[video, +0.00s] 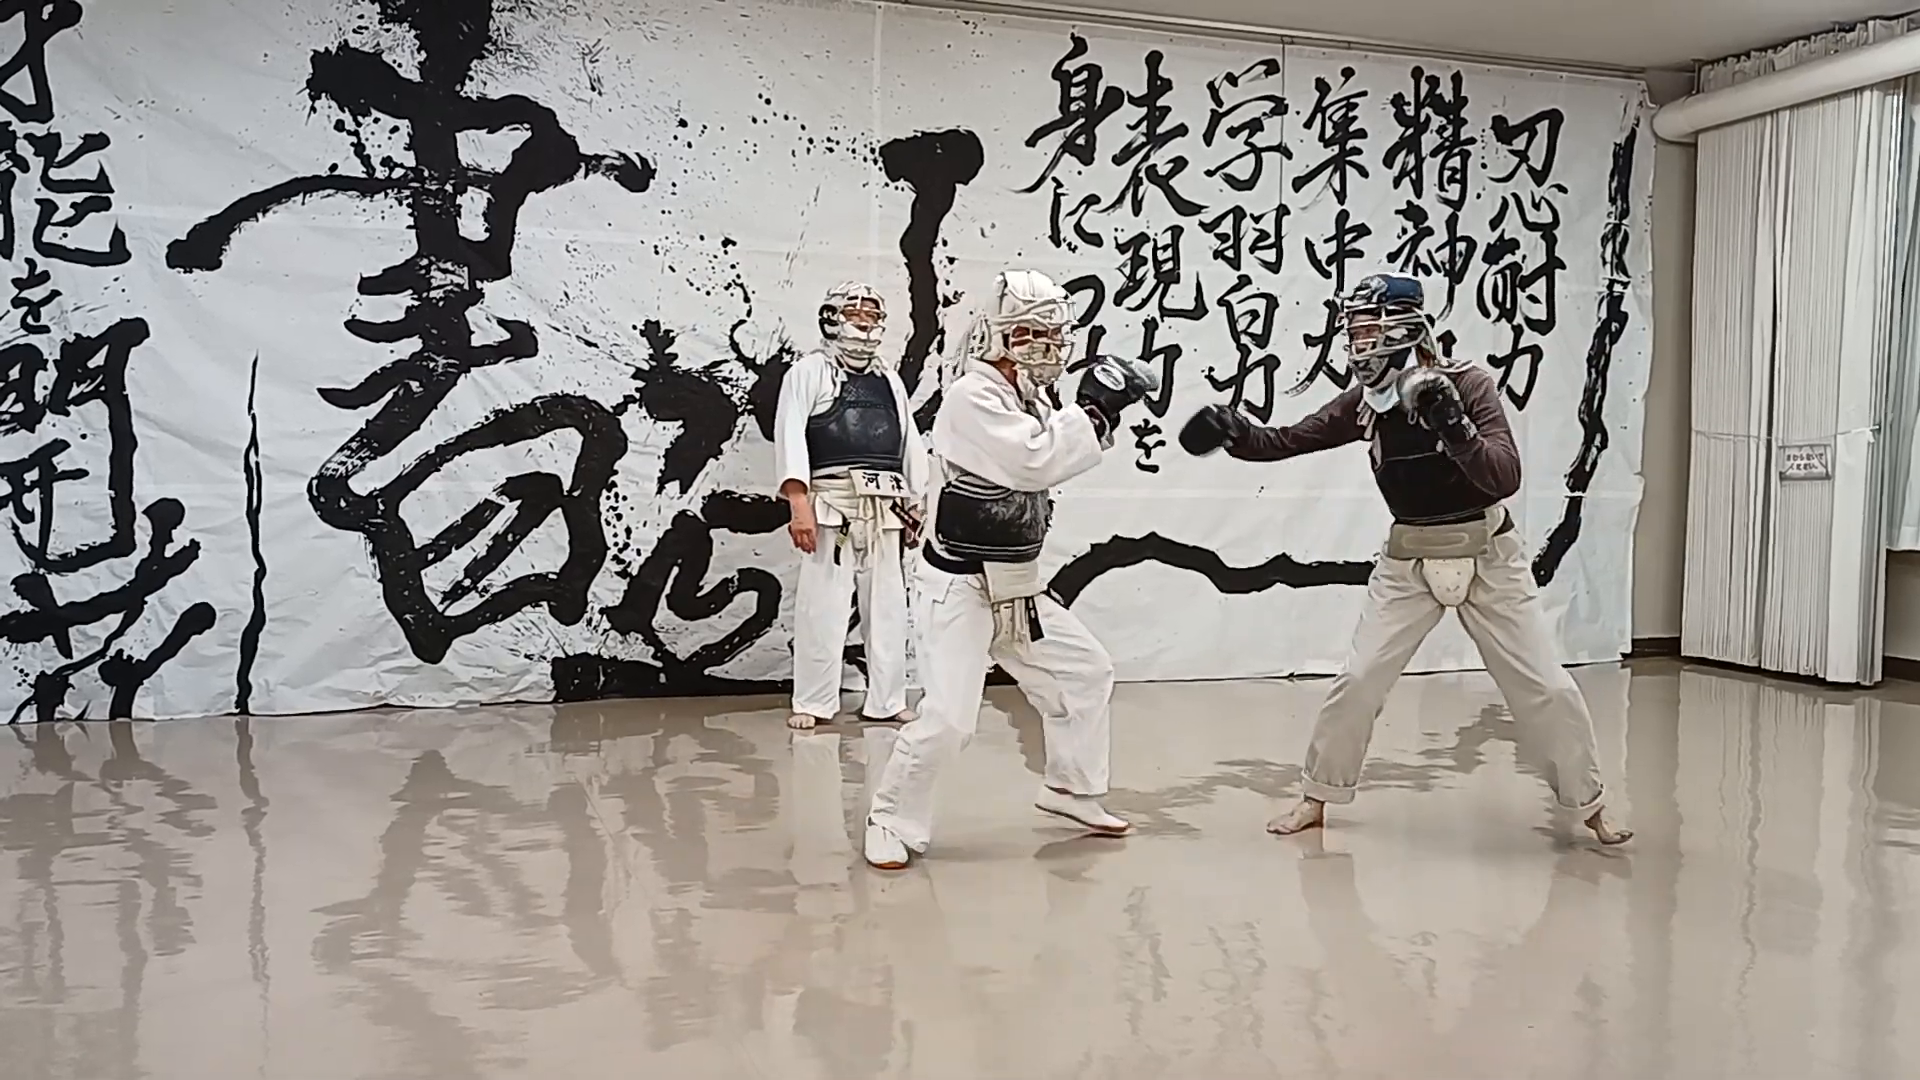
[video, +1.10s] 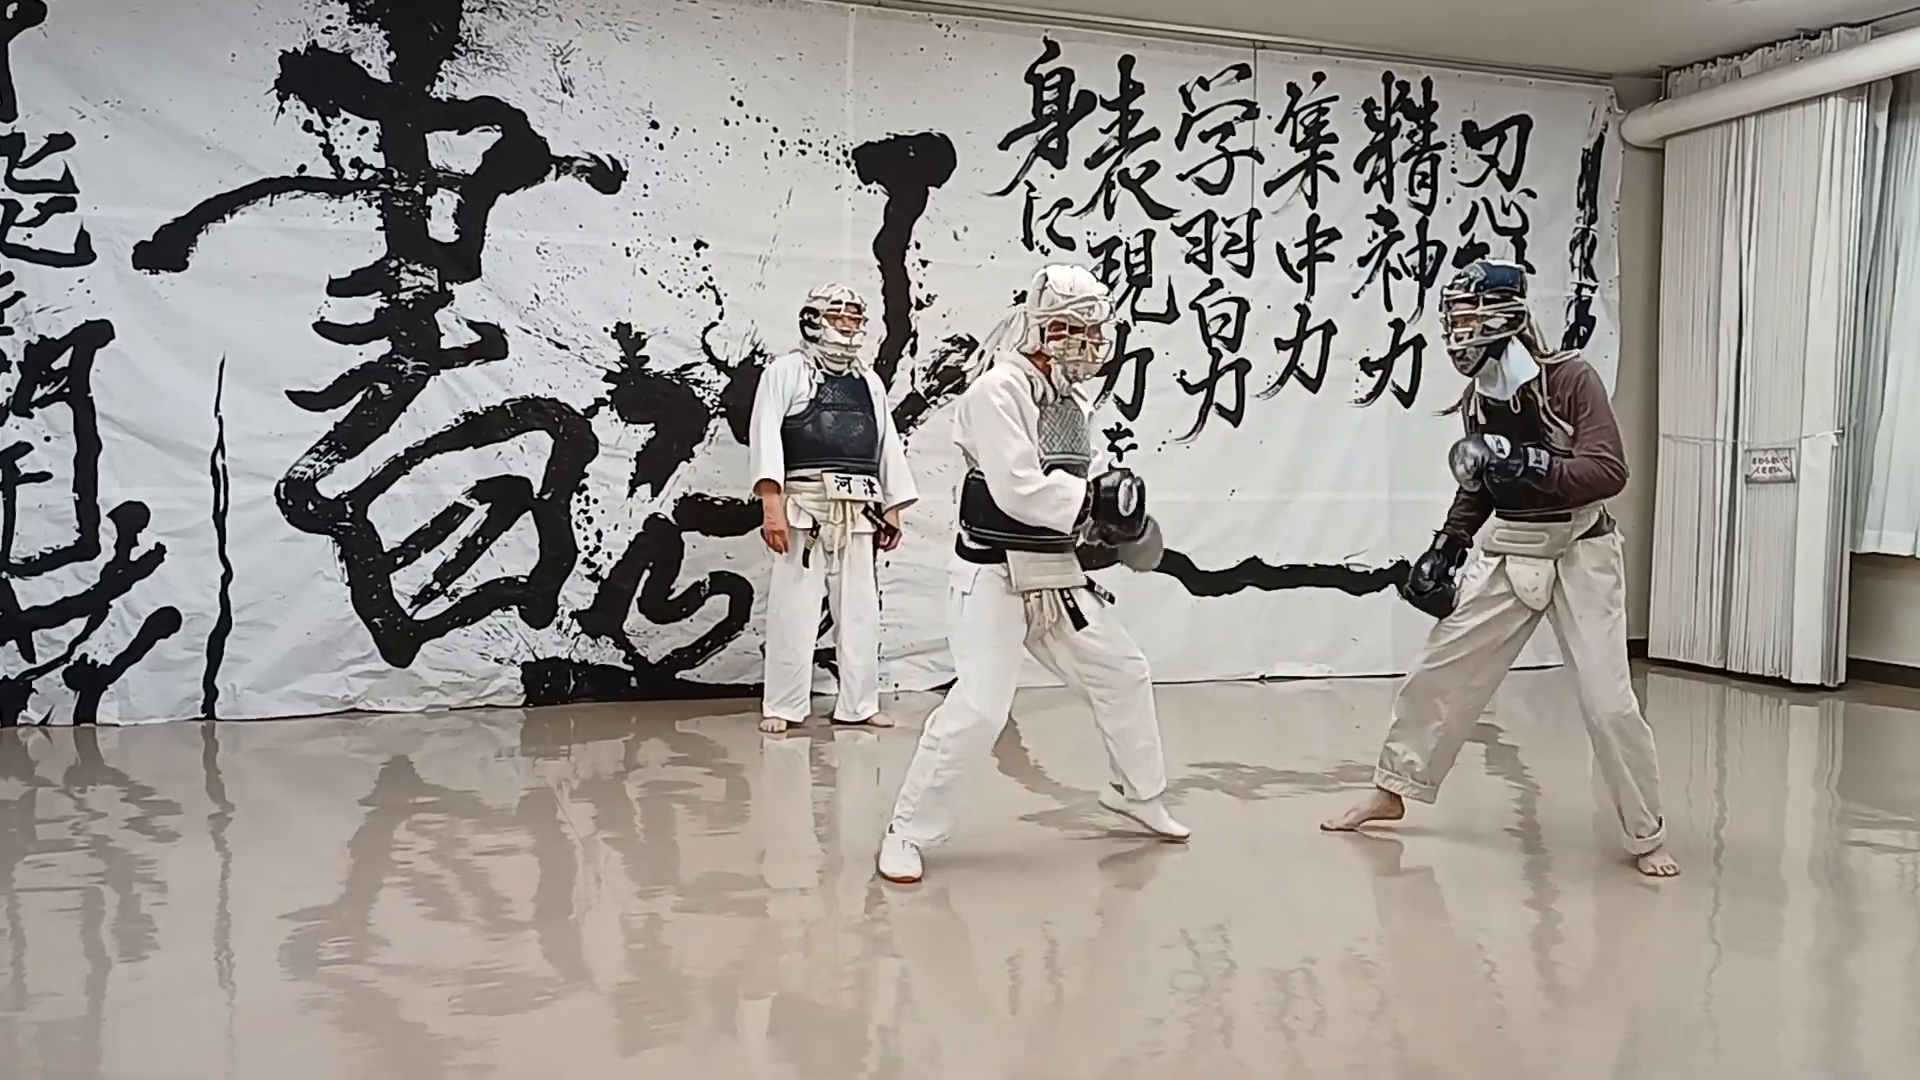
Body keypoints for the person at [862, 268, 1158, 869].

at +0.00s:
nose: (1047, 345)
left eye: (1054, 334)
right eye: (1033, 334)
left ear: (1061, 336)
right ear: (1000, 334)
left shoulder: (1033, 395)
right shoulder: (970, 393)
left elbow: (1053, 454)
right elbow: (1031, 457)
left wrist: (1101, 414)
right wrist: (1093, 409)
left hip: (1011, 580)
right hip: (956, 583)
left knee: (1086, 670)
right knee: (948, 718)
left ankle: (1070, 791)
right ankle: (891, 824)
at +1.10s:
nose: (1088, 344)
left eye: (1095, 332)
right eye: (1076, 331)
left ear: (1098, 334)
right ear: (1042, 330)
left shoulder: (1070, 395)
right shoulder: (997, 388)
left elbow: (1084, 468)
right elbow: (1017, 489)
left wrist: (1110, 494)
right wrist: (1098, 498)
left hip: (1056, 573)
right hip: (991, 575)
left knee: (1124, 673)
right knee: (982, 703)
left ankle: (1139, 795)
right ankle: (906, 834)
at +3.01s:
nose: (1072, 350)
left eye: (1084, 337)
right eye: (1056, 337)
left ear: (1098, 344)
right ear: (1029, 342)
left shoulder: (1098, 414)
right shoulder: (989, 408)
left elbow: (1102, 507)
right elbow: (970, 507)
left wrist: (1120, 548)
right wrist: (1036, 535)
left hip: (1073, 589)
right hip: (998, 592)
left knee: (1131, 705)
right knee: (974, 719)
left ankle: (1140, 823)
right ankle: (905, 833)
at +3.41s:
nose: (1106, 353)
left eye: (1115, 340)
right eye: (1089, 340)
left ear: (1126, 345)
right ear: (1057, 346)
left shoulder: (1121, 417)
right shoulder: (1021, 415)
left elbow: (1125, 496)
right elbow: (1021, 512)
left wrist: (1154, 521)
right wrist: (1102, 517)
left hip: (1097, 596)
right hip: (1023, 596)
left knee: (1181, 685)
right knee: (987, 720)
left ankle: (1184, 826)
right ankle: (929, 817)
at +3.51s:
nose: (1148, 345)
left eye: (1155, 332)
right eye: (1133, 332)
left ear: (1162, 337)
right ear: (1100, 340)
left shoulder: (1157, 413)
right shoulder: (1069, 405)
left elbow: (1173, 494)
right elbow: (1081, 491)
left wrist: (1220, 486)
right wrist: (1157, 474)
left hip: (1133, 591)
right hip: (1061, 590)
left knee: (1199, 700)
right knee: (1020, 728)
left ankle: (1193, 839)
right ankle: (934, 805)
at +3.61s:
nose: (1177, 332)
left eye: (1184, 321)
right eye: (1162, 319)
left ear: (1194, 328)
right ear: (1130, 324)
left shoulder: (1184, 400)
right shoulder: (1100, 384)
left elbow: (1248, 457)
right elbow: (1079, 475)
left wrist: (1290, 439)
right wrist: (1141, 494)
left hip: (1177, 567)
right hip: (1117, 568)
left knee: (1221, 698)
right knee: (1183, 696)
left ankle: (1194, 839)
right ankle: (1082, 760)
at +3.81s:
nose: (1218, 319)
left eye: (1223, 307)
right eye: (1204, 307)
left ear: (1228, 312)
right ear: (1166, 313)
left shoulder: (1220, 383)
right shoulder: (1139, 377)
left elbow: (1267, 435)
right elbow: (1101, 472)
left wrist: (1327, 435)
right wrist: (1156, 510)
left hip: (1244, 549)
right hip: (1212, 552)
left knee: (1263, 690)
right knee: (1352, 528)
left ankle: (1196, 819)